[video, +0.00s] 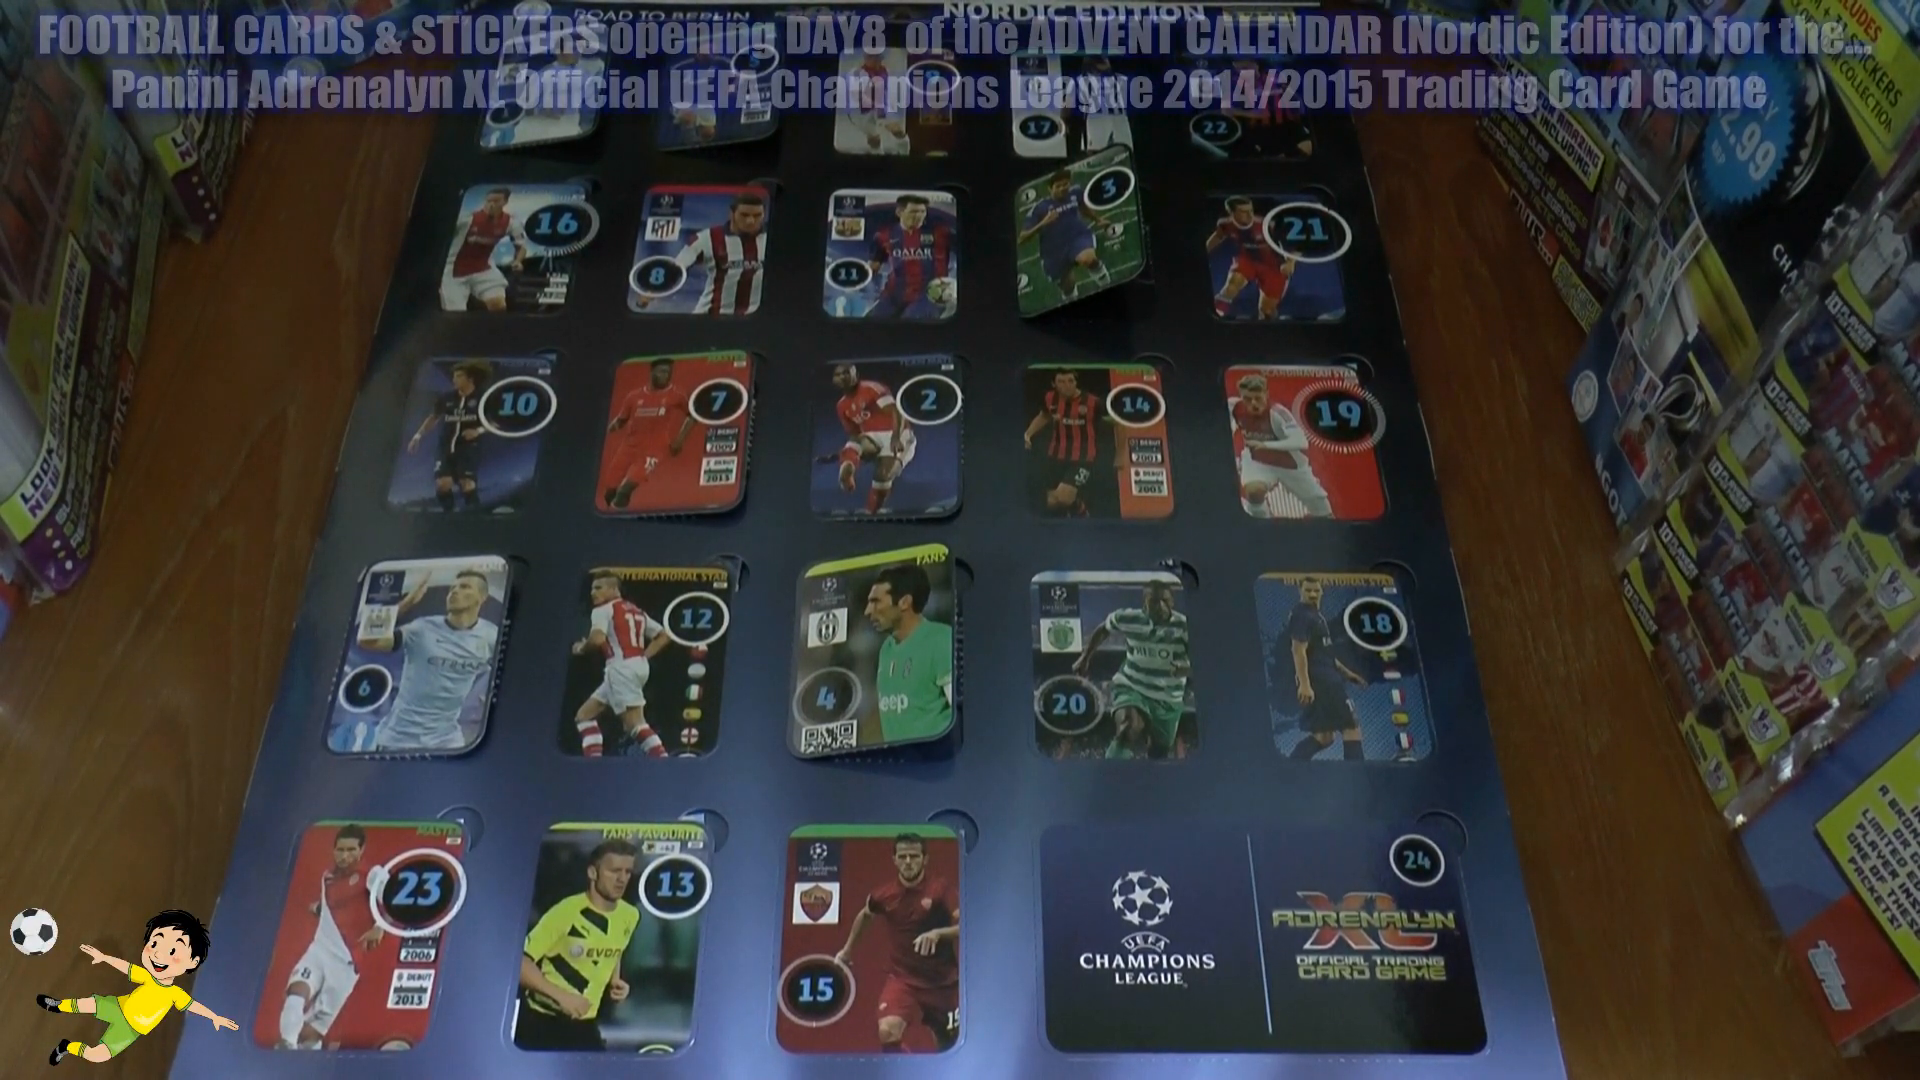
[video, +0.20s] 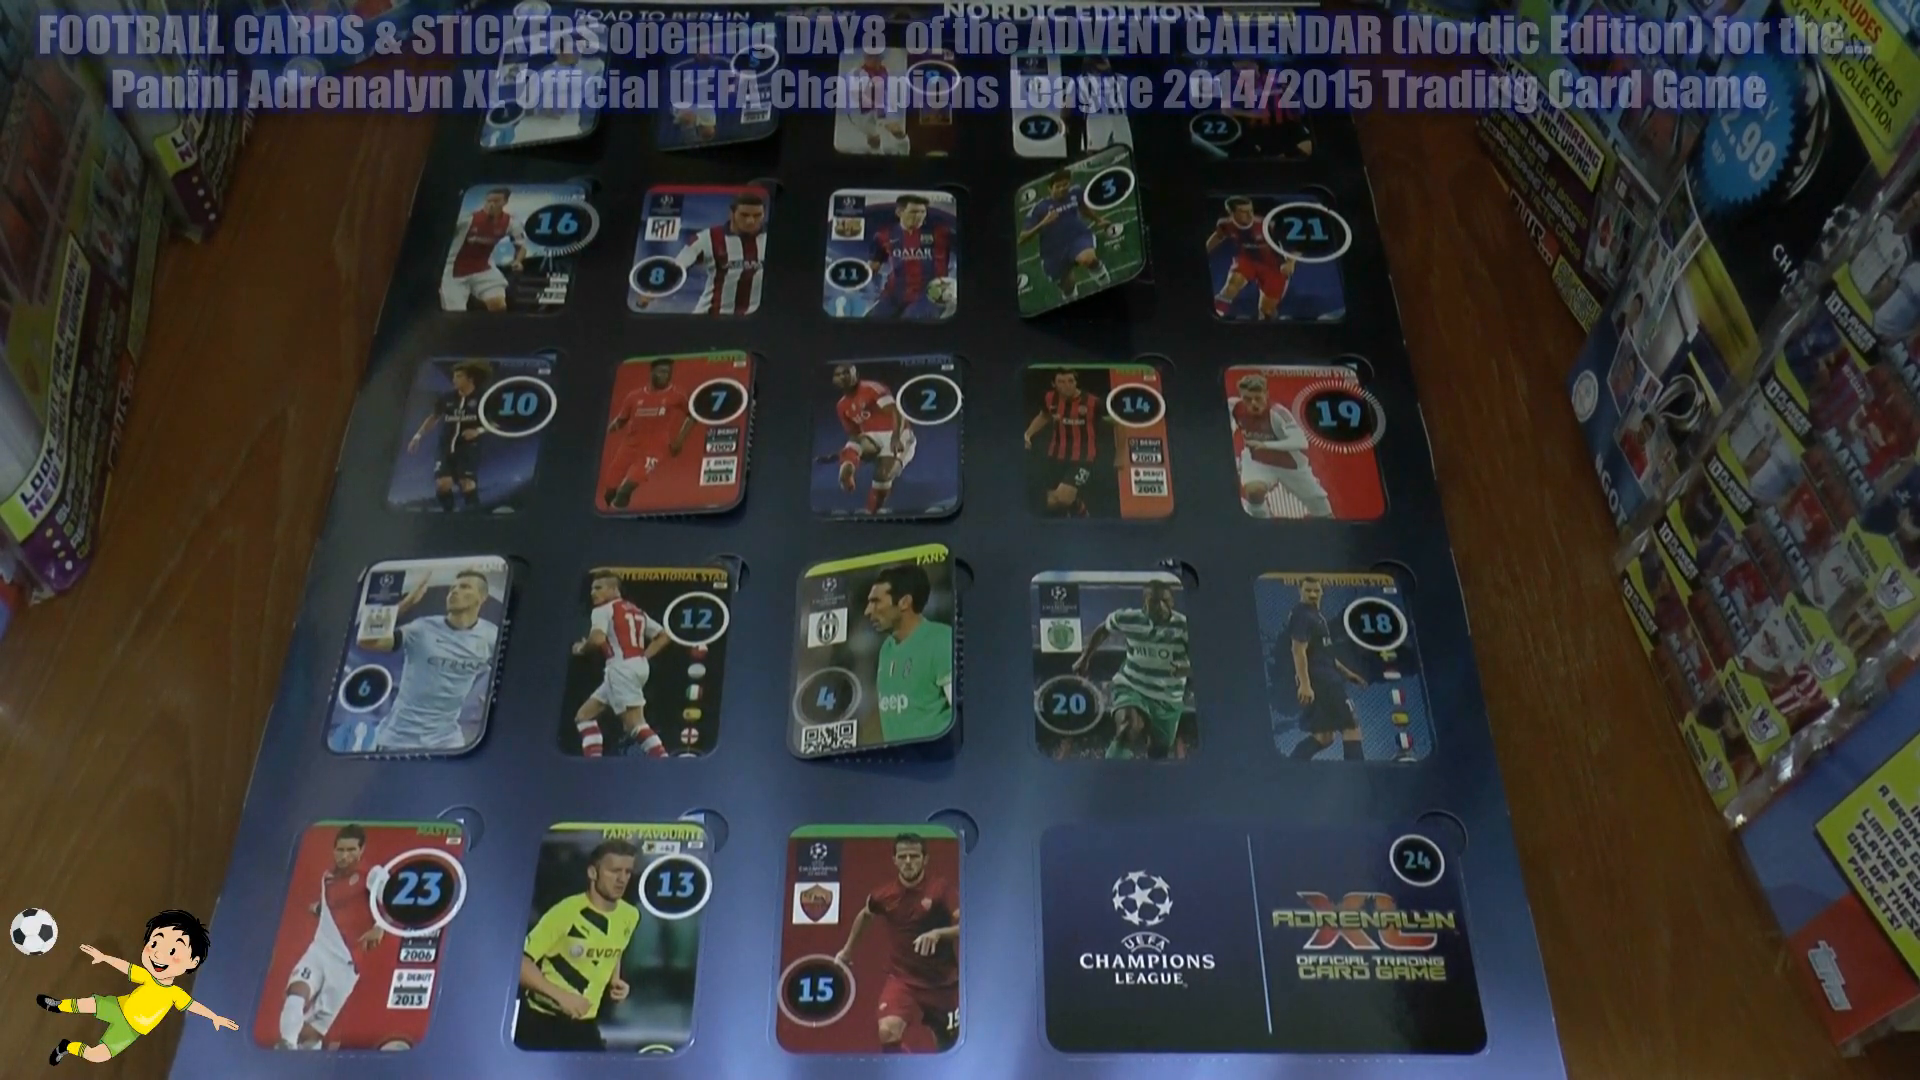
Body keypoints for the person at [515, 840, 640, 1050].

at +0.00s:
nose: (622, 879)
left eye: (627, 872)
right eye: (615, 871)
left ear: (631, 875)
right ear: (593, 873)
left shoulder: (630, 916)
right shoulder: (567, 911)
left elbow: (615, 953)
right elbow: (520, 962)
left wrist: (615, 979)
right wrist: (560, 995)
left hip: (585, 1027)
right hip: (541, 1024)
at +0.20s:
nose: (622, 879)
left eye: (627, 872)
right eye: (615, 871)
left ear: (631, 875)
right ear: (593, 873)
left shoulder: (630, 916)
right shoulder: (567, 911)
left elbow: (615, 953)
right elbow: (520, 962)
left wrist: (615, 979)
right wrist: (560, 995)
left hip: (585, 1027)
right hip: (540, 1024)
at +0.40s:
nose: (622, 879)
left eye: (627, 872)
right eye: (615, 871)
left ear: (631, 875)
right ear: (593, 873)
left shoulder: (630, 916)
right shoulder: (567, 911)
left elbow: (615, 953)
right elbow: (520, 962)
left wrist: (615, 979)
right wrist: (560, 995)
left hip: (585, 1027)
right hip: (541, 1024)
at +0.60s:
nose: (622, 879)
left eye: (627, 872)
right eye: (615, 871)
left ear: (631, 875)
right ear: (593, 873)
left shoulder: (630, 916)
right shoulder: (567, 911)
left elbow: (615, 953)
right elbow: (520, 962)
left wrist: (615, 979)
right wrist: (560, 995)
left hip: (585, 1027)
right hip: (541, 1024)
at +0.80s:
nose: (622, 879)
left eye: (627, 872)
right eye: (615, 871)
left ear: (631, 875)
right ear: (593, 873)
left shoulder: (630, 916)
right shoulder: (567, 911)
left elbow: (615, 953)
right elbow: (520, 962)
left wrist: (615, 979)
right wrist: (560, 996)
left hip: (585, 1027)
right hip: (541, 1024)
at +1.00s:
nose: (622, 879)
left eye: (627, 873)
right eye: (615, 871)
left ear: (631, 876)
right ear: (593, 873)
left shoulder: (629, 916)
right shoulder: (567, 911)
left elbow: (615, 953)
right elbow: (520, 962)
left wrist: (615, 980)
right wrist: (560, 996)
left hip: (584, 1027)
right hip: (540, 1024)